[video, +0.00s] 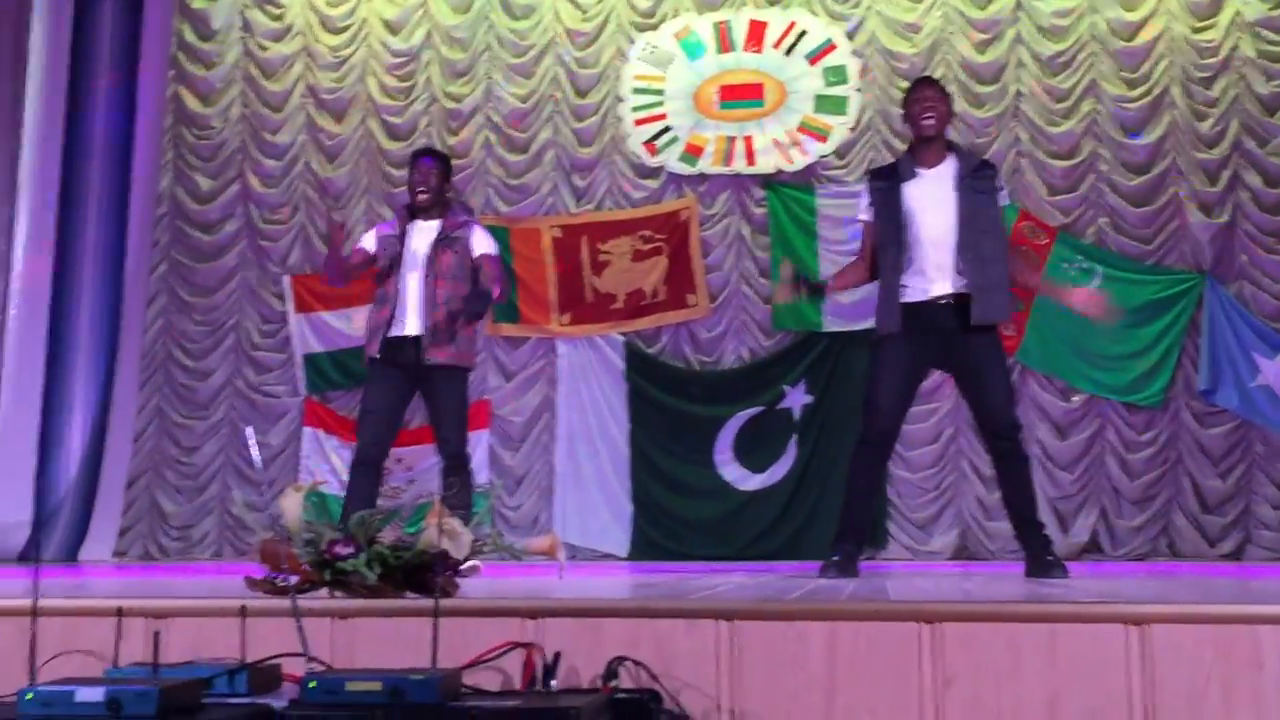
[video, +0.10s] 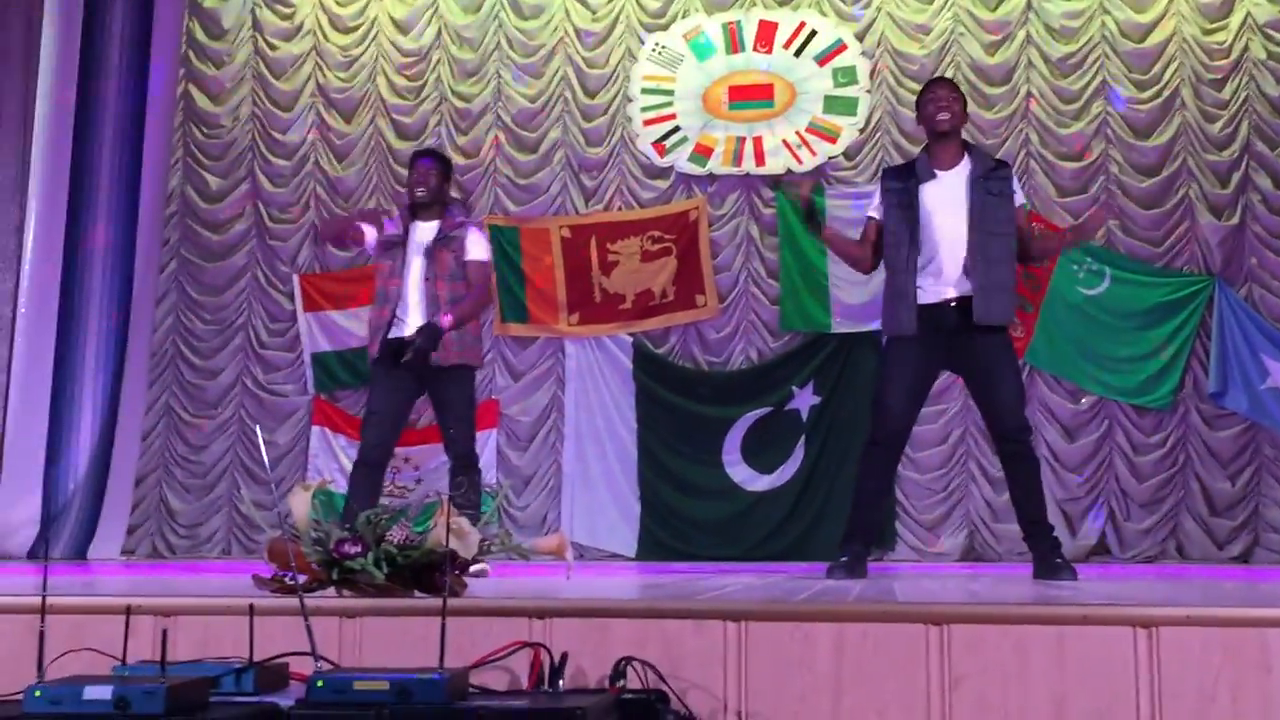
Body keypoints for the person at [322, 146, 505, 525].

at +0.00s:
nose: (422, 182)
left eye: (430, 175)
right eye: (416, 175)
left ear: (447, 183)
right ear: (407, 182)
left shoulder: (470, 233)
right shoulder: (388, 232)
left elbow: (492, 284)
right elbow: (338, 276)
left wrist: (473, 309)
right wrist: (336, 248)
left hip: (444, 355)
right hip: (392, 352)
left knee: (453, 451)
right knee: (369, 449)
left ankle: (456, 539)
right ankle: (350, 539)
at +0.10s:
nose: (421, 180)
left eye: (429, 174)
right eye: (416, 174)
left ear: (445, 183)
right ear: (408, 181)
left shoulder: (468, 231)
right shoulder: (389, 227)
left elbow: (481, 294)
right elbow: (331, 235)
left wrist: (439, 326)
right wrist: (360, 225)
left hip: (450, 354)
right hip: (394, 351)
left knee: (461, 451)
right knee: (373, 449)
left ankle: (464, 547)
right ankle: (350, 543)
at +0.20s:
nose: (408, 176)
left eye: (417, 170)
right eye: (404, 169)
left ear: (435, 179)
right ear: (395, 175)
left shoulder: (456, 232)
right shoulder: (372, 217)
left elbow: (473, 300)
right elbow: (309, 192)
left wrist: (444, 333)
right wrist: (339, 178)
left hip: (437, 354)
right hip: (382, 351)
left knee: (452, 454)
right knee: (362, 452)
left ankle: (461, 550)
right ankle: (343, 547)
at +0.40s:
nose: (405, 176)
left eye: (415, 171)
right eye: (400, 168)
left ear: (428, 183)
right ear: (389, 176)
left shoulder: (438, 241)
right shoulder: (359, 216)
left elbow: (419, 310)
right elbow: (346, 250)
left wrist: (384, 361)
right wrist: (364, 260)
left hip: (404, 345)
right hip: (351, 344)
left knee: (444, 409)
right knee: (334, 442)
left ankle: (458, 515)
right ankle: (334, 530)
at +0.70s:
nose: (420, 161)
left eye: (429, 154)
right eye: (413, 153)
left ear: (444, 158)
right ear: (403, 154)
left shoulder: (461, 214)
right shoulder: (372, 206)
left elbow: (458, 286)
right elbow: (350, 278)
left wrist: (432, 336)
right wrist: (378, 339)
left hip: (431, 329)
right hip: (378, 329)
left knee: (462, 417)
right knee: (353, 420)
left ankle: (478, 515)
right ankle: (340, 513)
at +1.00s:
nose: (457, 116)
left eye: (466, 108)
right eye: (450, 108)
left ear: (480, 113)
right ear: (440, 113)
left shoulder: (505, 168)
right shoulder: (417, 163)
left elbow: (516, 238)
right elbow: (376, 223)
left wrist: (486, 284)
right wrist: (333, 271)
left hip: (477, 290)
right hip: (423, 290)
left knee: (487, 390)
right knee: (410, 392)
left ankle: (493, 493)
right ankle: (401, 492)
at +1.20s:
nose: (456, 114)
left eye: (465, 107)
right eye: (450, 106)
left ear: (481, 112)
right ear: (441, 110)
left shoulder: (505, 165)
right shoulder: (417, 158)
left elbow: (520, 234)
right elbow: (370, 212)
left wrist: (487, 268)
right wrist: (341, 259)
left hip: (479, 288)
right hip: (424, 289)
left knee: (485, 388)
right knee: (412, 387)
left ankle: (487, 489)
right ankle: (397, 486)